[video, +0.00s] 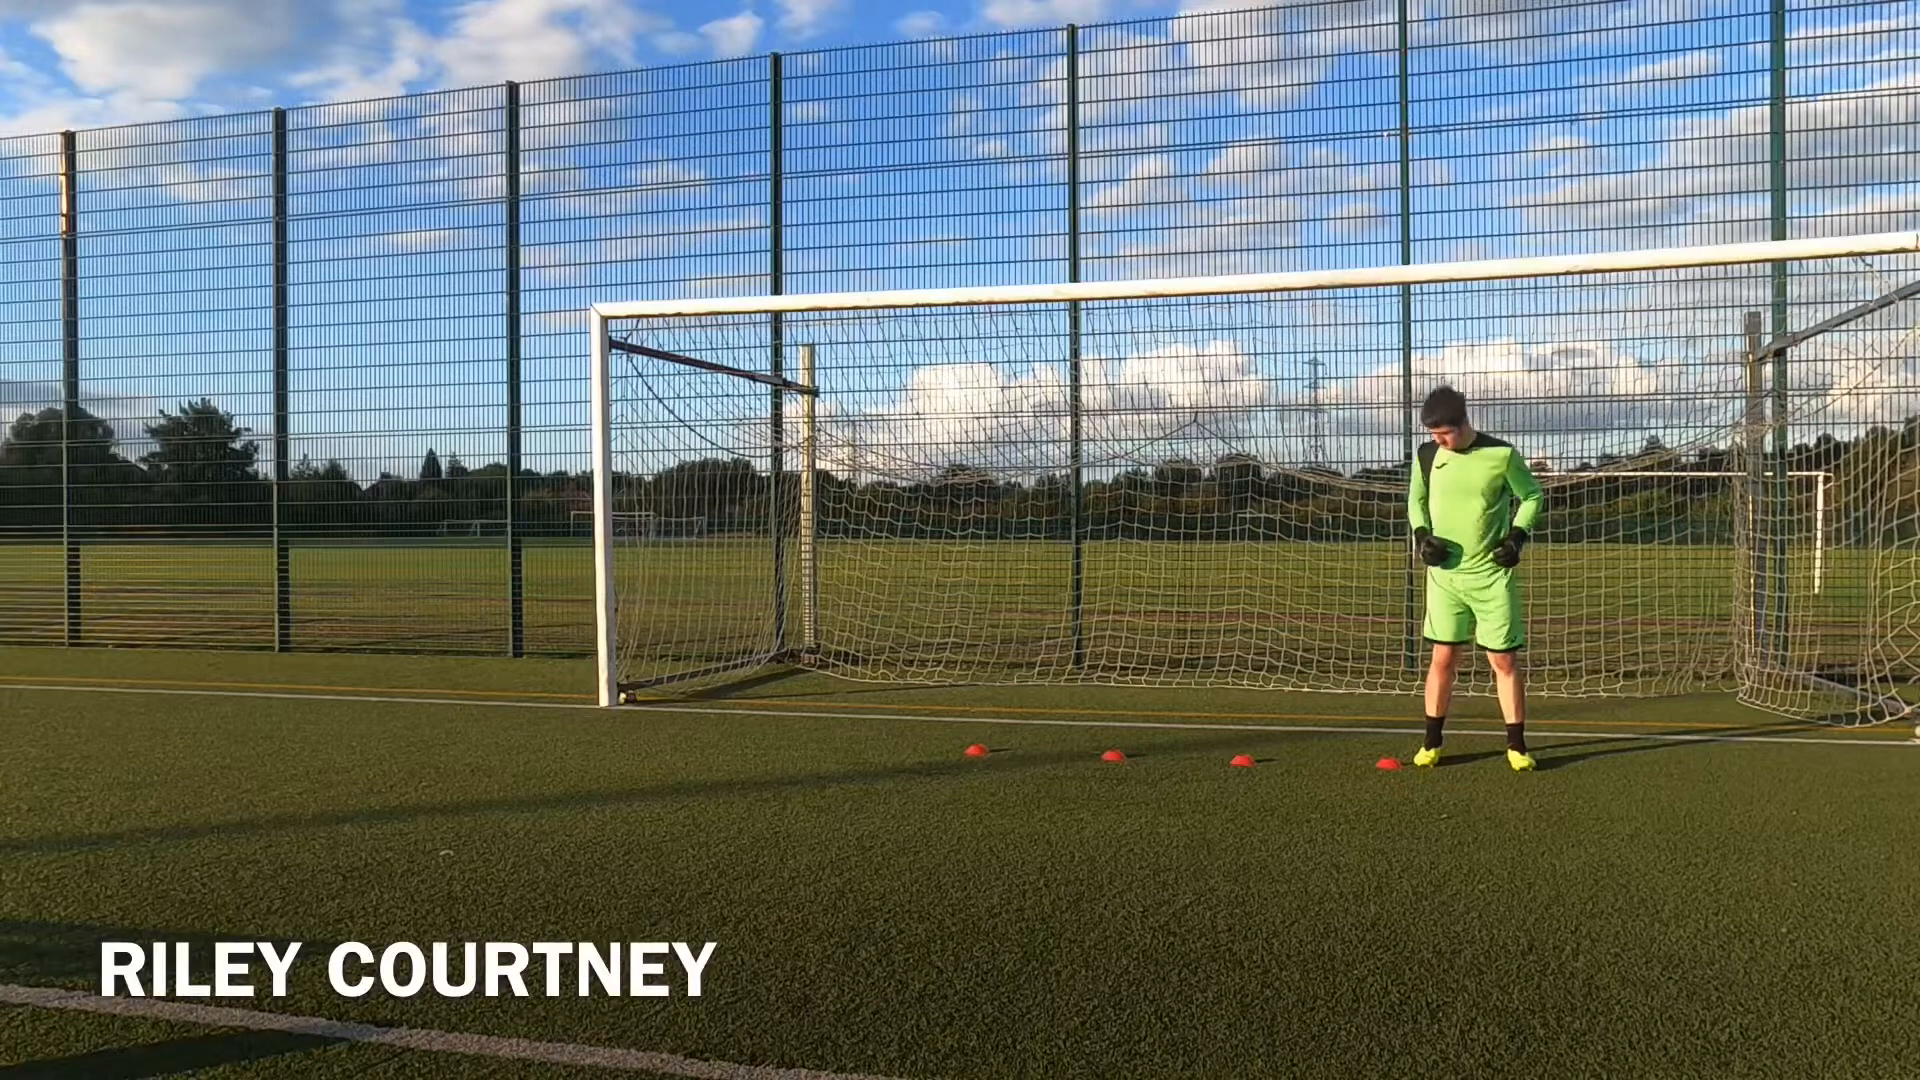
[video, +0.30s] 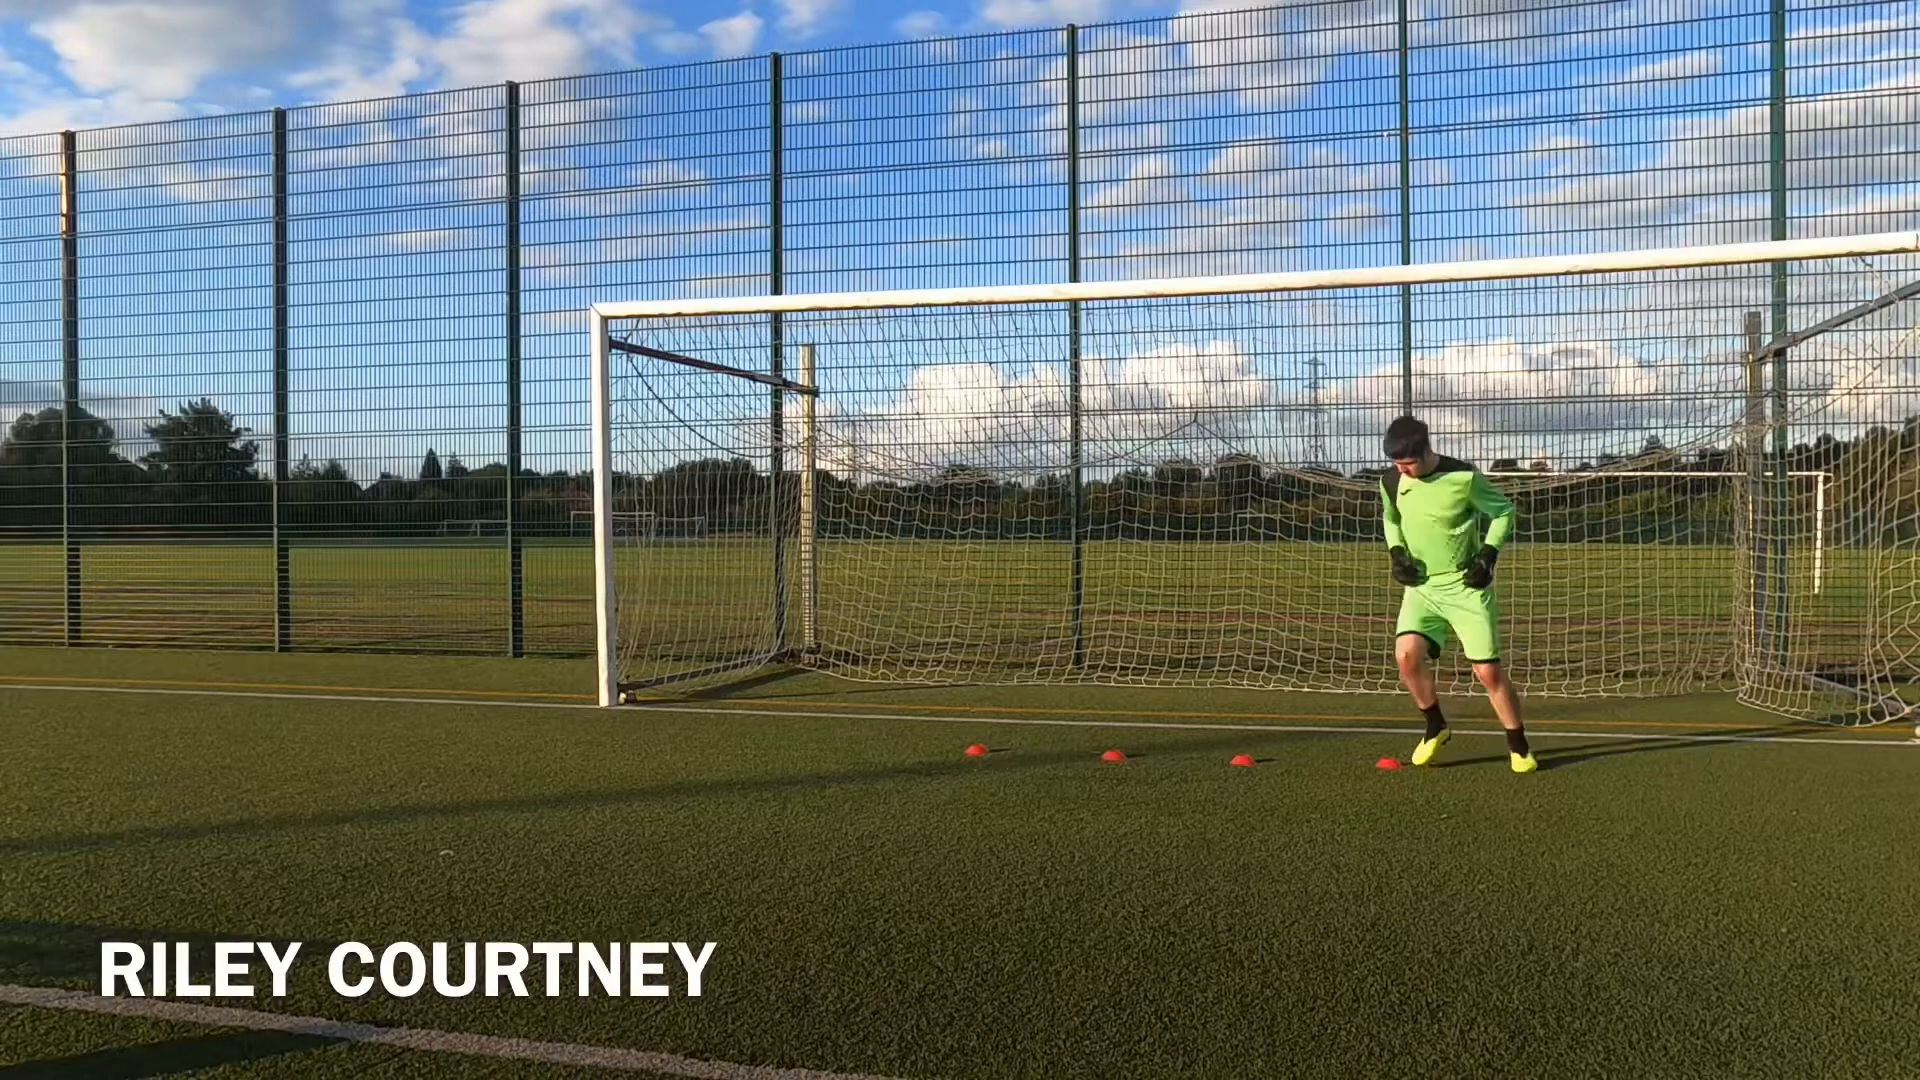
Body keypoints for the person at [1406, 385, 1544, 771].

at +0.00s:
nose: (1439, 439)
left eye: (1445, 431)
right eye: (1433, 432)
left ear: (1464, 422)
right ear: (1428, 428)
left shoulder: (1503, 456)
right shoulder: (1425, 458)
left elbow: (1533, 496)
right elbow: (1416, 502)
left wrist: (1516, 536)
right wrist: (1422, 535)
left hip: (1492, 577)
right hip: (1444, 577)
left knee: (1504, 662)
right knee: (1442, 658)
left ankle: (1516, 746)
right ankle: (1432, 743)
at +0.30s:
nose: (1401, 467)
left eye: (1408, 460)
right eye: (1396, 461)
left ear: (1427, 450)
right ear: (1392, 456)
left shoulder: (1464, 479)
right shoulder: (1392, 483)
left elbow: (1504, 512)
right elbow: (1391, 520)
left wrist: (1488, 554)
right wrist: (1397, 552)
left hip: (1466, 588)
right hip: (1419, 589)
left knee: (1488, 672)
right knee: (1407, 657)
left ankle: (1519, 746)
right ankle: (1436, 727)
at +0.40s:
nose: (1380, 467)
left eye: (1387, 460)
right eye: (1374, 460)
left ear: (1406, 450)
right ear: (1368, 455)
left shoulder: (1441, 480)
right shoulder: (1368, 484)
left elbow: (1483, 507)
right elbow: (1363, 517)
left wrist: (1479, 553)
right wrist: (1361, 552)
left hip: (1444, 588)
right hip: (1397, 587)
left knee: (1472, 674)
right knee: (1378, 646)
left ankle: (1517, 745)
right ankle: (1391, 743)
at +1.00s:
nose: (1170, 455)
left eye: (1173, 447)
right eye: (1166, 449)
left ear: (1193, 436)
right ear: (1169, 443)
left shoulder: (1240, 467)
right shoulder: (1177, 472)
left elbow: (1281, 501)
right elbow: (1176, 510)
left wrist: (1274, 548)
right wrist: (1166, 545)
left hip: (1237, 568)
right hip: (1201, 569)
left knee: (1208, 637)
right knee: (1181, 651)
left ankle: (1218, 721)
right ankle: (1221, 703)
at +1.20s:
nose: (1116, 450)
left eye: (1122, 442)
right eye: (1110, 444)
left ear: (1140, 441)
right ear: (1105, 447)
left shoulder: (1168, 486)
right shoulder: (1107, 485)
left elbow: (1201, 532)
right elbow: (1098, 526)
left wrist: (1183, 569)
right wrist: (1085, 549)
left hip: (1155, 588)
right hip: (1118, 585)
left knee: (1150, 658)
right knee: (1090, 645)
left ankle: (1187, 746)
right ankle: (1092, 732)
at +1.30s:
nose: (1091, 439)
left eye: (1097, 431)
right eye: (1084, 433)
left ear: (1113, 431)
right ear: (1078, 436)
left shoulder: (1137, 476)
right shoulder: (1071, 472)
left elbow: (1168, 525)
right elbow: (1056, 513)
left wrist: (1147, 552)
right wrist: (1054, 534)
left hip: (1120, 575)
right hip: (1079, 574)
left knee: (1111, 641)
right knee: (1072, 645)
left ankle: (1133, 727)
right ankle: (1084, 733)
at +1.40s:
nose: (1061, 433)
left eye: (1067, 426)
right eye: (1055, 427)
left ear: (1082, 428)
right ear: (1048, 431)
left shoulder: (1104, 475)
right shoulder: (1039, 470)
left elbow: (1134, 523)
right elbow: (1029, 510)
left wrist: (1116, 550)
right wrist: (1026, 532)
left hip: (1088, 579)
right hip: (1048, 573)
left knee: (1073, 662)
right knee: (1032, 637)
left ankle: (1091, 708)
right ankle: (1046, 715)